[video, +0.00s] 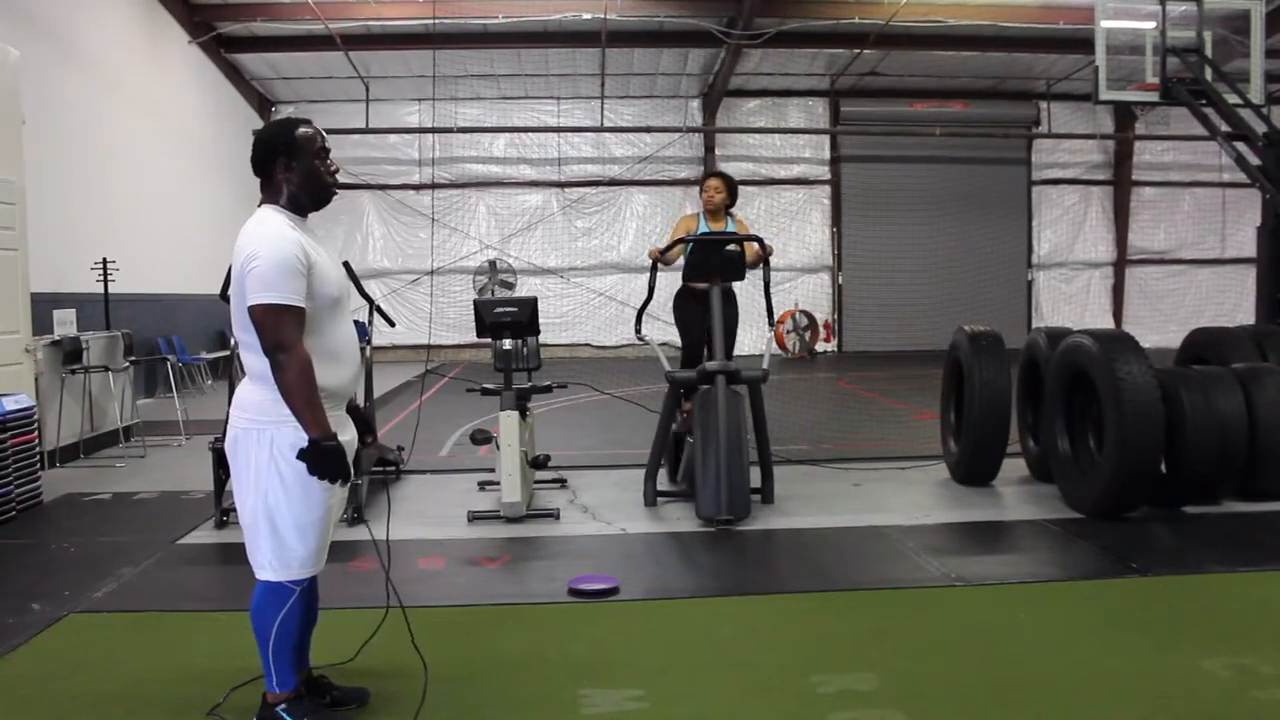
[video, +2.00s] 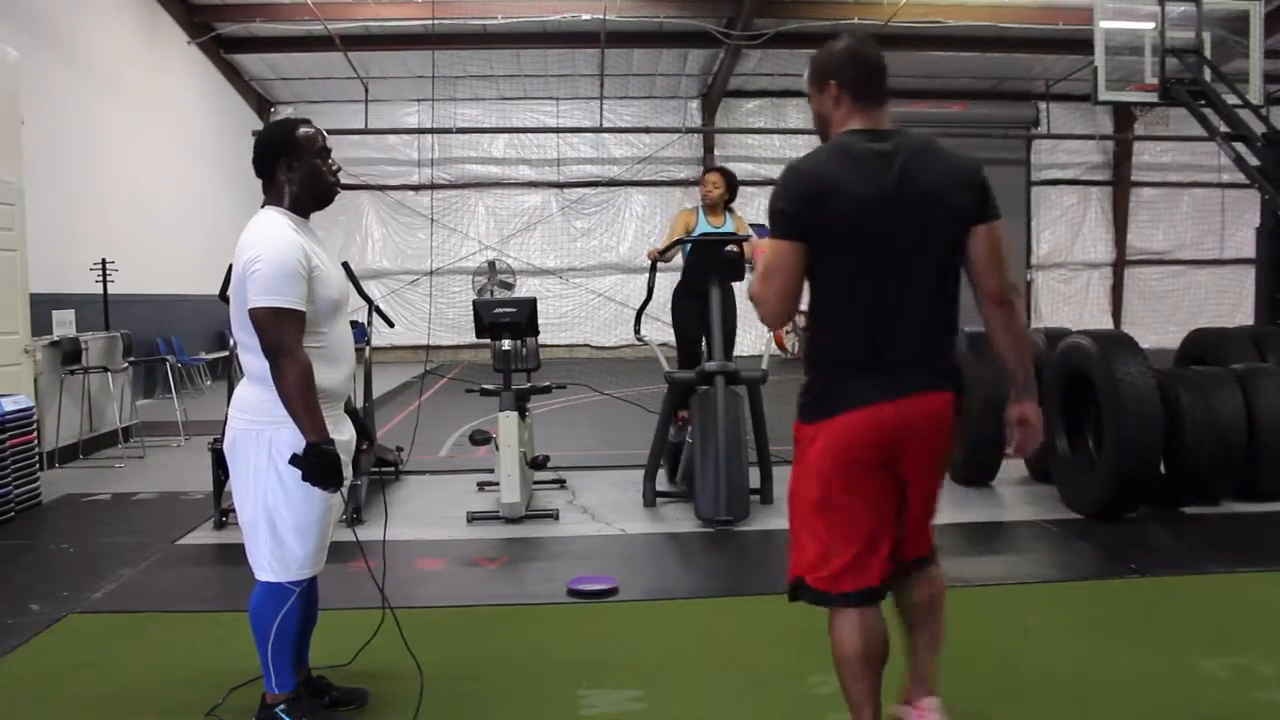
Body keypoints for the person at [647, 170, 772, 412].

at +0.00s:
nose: (709, 196)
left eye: (717, 192)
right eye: (705, 191)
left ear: (728, 198)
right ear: (701, 195)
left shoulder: (737, 225)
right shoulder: (688, 223)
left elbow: (748, 260)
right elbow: (672, 257)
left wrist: (760, 254)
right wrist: (660, 255)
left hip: (724, 297)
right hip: (691, 298)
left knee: (722, 356)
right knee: (693, 351)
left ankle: (721, 409)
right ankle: (687, 405)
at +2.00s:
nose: (707, 190)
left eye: (714, 186)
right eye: (704, 184)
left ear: (727, 193)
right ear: (699, 188)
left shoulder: (736, 221)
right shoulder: (687, 217)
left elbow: (752, 254)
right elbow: (671, 251)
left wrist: (738, 252)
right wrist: (660, 254)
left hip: (722, 292)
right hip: (689, 293)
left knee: (723, 355)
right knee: (689, 355)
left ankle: (722, 409)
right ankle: (682, 409)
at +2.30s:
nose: (702, 191)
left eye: (709, 187)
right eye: (699, 186)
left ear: (721, 194)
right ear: (693, 190)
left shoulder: (732, 223)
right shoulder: (682, 221)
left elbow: (743, 256)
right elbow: (668, 258)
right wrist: (658, 255)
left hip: (722, 295)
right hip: (688, 295)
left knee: (719, 356)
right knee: (691, 353)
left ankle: (719, 412)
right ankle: (686, 408)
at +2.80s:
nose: (697, 194)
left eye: (702, 190)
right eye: (691, 190)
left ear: (709, 196)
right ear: (681, 196)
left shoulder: (718, 224)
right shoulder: (670, 226)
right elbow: (659, 261)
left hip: (715, 296)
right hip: (682, 296)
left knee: (724, 357)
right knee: (686, 365)